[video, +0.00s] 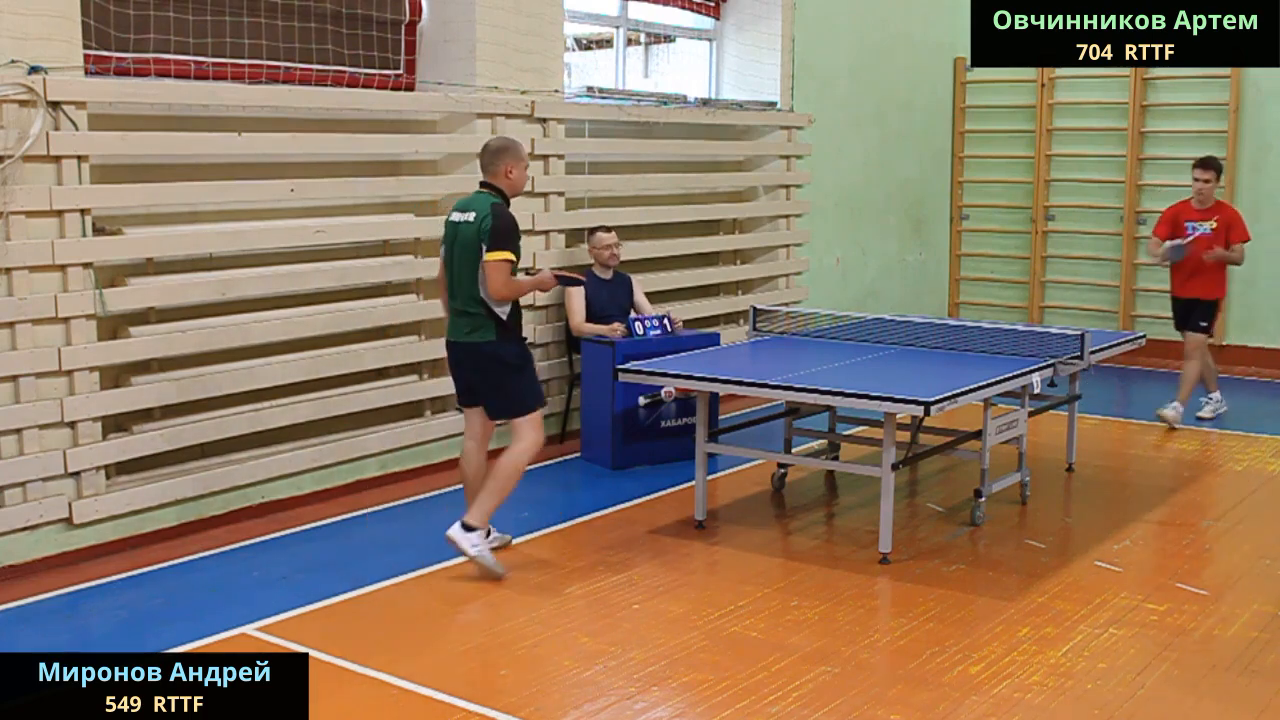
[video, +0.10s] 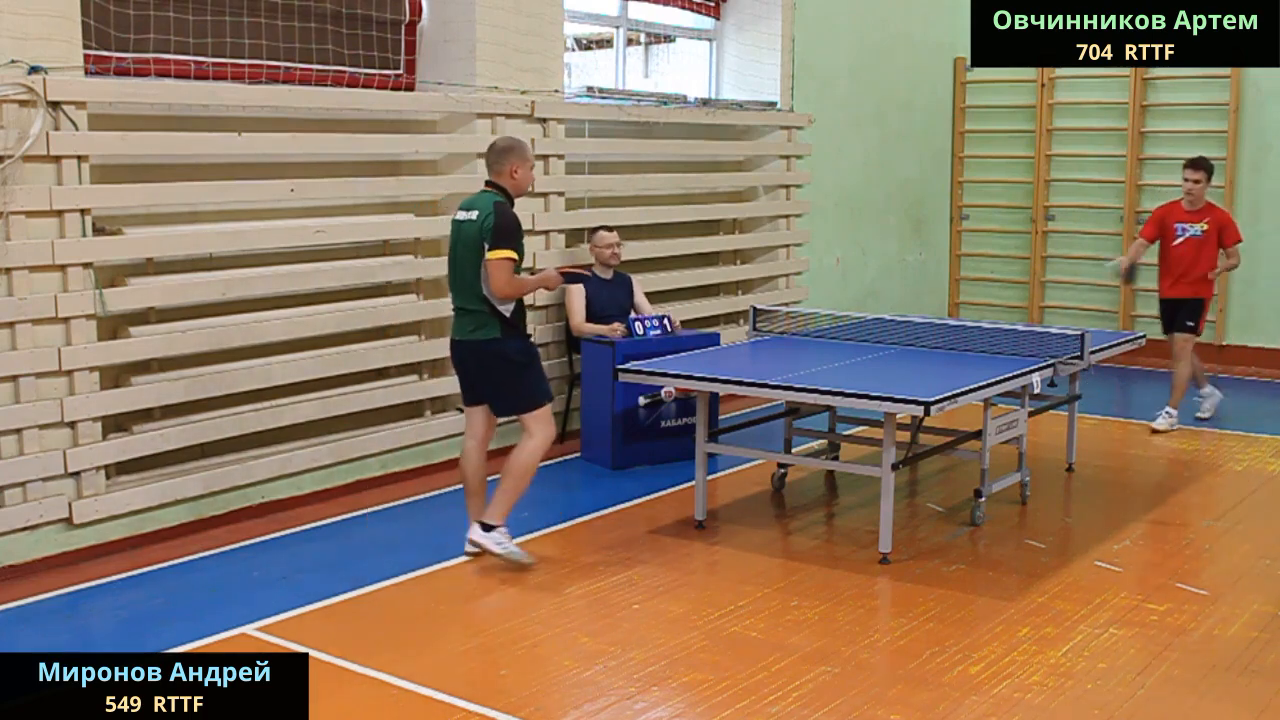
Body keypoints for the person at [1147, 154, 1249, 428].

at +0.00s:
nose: (1199, 186)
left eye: (1206, 182)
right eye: (1196, 180)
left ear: (1217, 184)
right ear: (1191, 181)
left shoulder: (1229, 215)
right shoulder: (1175, 212)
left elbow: (1239, 255)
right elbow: (1153, 246)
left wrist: (1222, 254)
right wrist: (1165, 252)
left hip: (1208, 293)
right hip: (1180, 292)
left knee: (1193, 347)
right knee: (1197, 347)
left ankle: (1178, 406)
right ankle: (1215, 398)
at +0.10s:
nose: (1189, 186)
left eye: (1196, 182)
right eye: (1186, 180)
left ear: (1208, 184)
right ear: (1181, 181)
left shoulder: (1219, 218)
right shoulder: (1164, 213)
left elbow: (1234, 257)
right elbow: (1142, 243)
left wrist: (1221, 267)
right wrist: (1128, 259)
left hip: (1197, 292)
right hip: (1168, 291)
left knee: (1182, 348)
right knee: (1180, 349)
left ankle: (1171, 411)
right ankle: (1208, 392)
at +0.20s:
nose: (1179, 186)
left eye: (1186, 181)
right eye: (1176, 179)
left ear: (1197, 184)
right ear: (1170, 180)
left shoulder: (1207, 218)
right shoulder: (1153, 211)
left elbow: (1227, 256)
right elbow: (1131, 242)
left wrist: (1212, 277)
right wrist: (1116, 261)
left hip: (1185, 292)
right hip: (1155, 291)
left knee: (1173, 348)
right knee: (1152, 353)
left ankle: (1170, 412)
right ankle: (1189, 382)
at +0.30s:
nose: (1165, 183)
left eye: (1173, 179)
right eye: (1163, 177)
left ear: (1184, 182)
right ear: (1158, 177)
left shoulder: (1196, 215)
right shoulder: (1144, 208)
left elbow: (1217, 253)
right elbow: (1124, 239)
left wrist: (1203, 270)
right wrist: (1111, 260)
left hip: (1174, 294)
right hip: (1142, 291)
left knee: (1168, 351)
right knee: (1126, 341)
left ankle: (1169, 412)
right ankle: (1155, 386)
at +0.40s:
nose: (1151, 182)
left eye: (1158, 178)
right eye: (1149, 176)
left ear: (1170, 181)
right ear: (1143, 177)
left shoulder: (1182, 213)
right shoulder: (1131, 208)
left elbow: (1204, 250)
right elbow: (1115, 240)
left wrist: (1186, 269)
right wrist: (1104, 260)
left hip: (1165, 295)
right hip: (1131, 292)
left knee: (1165, 352)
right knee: (1108, 343)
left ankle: (1168, 413)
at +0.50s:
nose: (1135, 185)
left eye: (1141, 180)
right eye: (1131, 178)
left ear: (1154, 183)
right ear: (1125, 179)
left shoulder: (1166, 214)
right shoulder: (1114, 213)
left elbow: (1189, 251)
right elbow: (1101, 245)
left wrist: (1170, 269)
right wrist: (1090, 261)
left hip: (1155, 299)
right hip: (1120, 297)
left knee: (1163, 354)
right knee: (1096, 354)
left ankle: (1168, 413)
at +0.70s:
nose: (1096, 190)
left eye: (1102, 185)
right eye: (1092, 184)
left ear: (1114, 186)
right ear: (1087, 185)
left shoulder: (1130, 216)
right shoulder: (1080, 219)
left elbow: (1158, 250)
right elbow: (1068, 252)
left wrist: (1143, 277)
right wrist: (1061, 269)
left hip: (1125, 304)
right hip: (1090, 302)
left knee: (1135, 357)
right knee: (1064, 354)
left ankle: (1161, 409)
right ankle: (1060, 409)